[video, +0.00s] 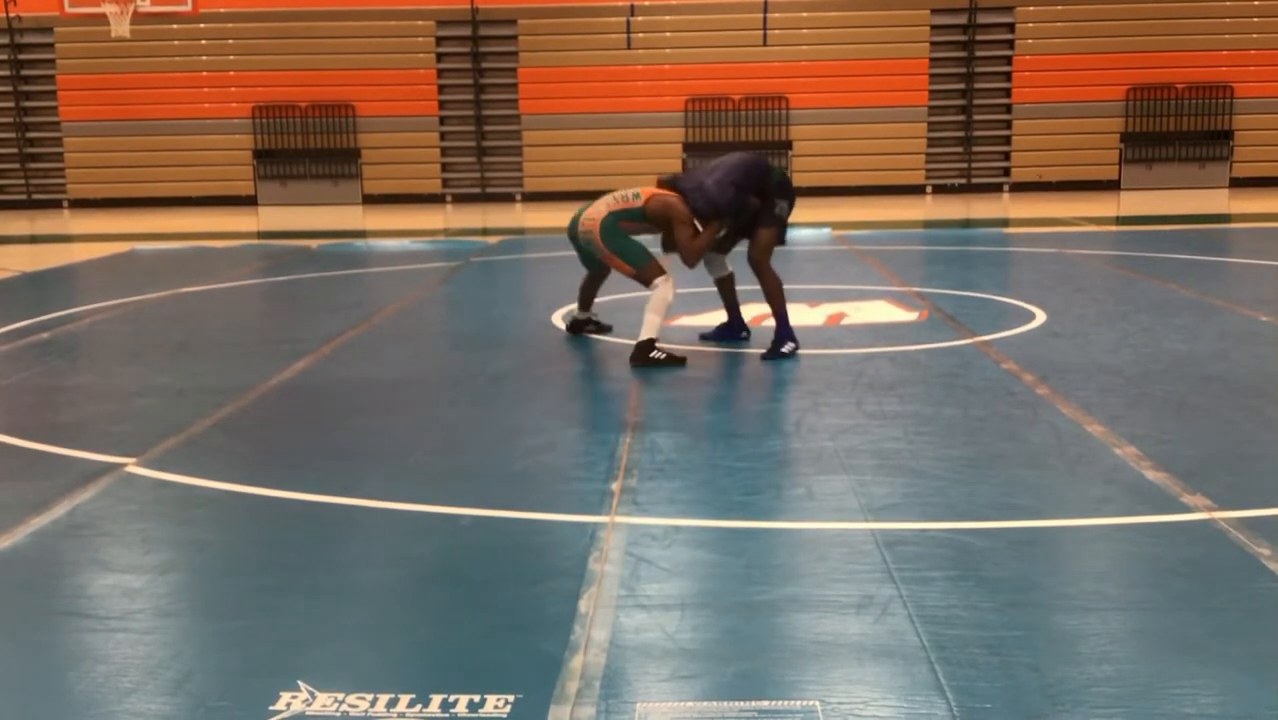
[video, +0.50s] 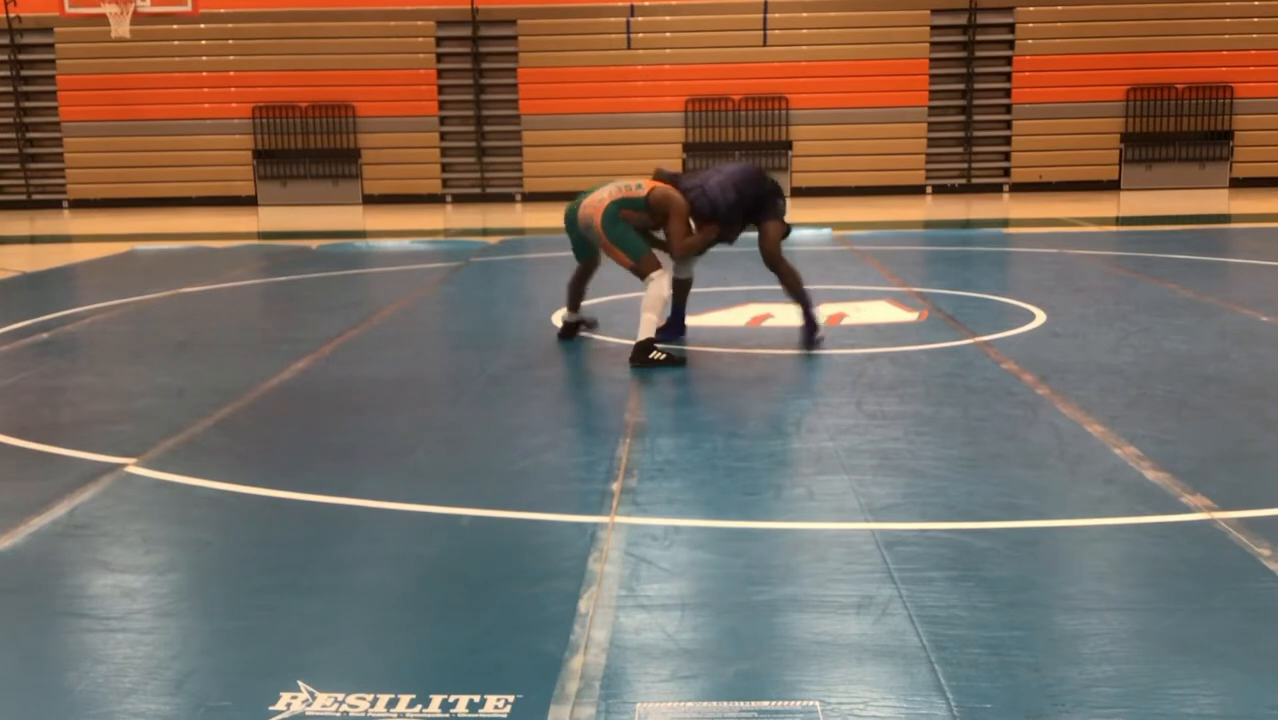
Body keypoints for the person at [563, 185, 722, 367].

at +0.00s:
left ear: (683, 187)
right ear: (700, 200)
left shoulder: (660, 198)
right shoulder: (677, 206)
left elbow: (669, 246)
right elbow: (691, 258)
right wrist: (715, 226)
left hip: (578, 227)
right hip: (603, 232)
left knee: (599, 269)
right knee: (662, 283)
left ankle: (581, 318)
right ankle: (646, 346)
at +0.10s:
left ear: (678, 182)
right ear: (695, 192)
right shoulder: (675, 200)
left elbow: (668, 249)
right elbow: (694, 246)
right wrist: (717, 217)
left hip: (580, 226)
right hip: (599, 230)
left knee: (613, 264)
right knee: (663, 279)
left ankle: (576, 318)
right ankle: (646, 347)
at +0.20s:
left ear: (682, 179)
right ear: (696, 189)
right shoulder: (673, 193)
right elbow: (681, 231)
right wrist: (709, 210)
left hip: (580, 222)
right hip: (599, 224)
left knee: (615, 271)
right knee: (659, 275)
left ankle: (576, 323)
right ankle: (645, 346)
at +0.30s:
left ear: (679, 182)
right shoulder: (672, 196)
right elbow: (679, 235)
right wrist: (707, 213)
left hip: (578, 223)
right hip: (599, 227)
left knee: (610, 267)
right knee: (658, 276)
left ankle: (576, 322)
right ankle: (645, 347)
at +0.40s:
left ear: (670, 185)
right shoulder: (672, 201)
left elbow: (655, 251)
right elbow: (682, 244)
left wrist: (694, 254)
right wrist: (706, 222)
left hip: (576, 226)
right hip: (598, 230)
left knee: (606, 266)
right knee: (660, 278)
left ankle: (574, 322)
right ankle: (645, 347)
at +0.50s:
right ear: (704, 202)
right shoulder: (676, 200)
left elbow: (635, 230)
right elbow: (680, 250)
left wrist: (668, 247)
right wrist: (710, 235)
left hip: (575, 213)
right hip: (604, 218)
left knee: (588, 263)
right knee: (658, 277)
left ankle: (570, 321)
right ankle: (645, 346)